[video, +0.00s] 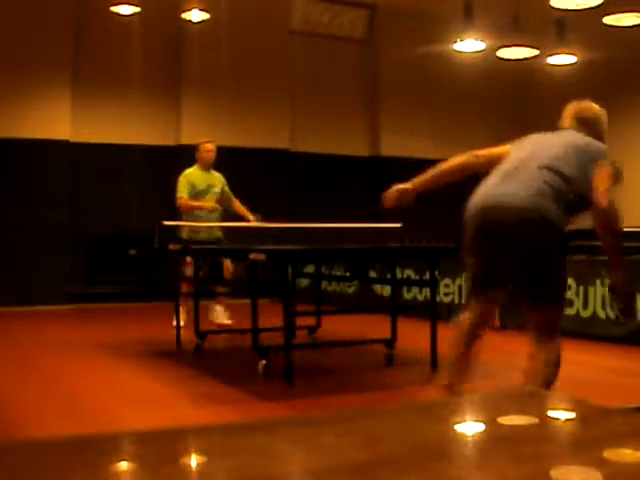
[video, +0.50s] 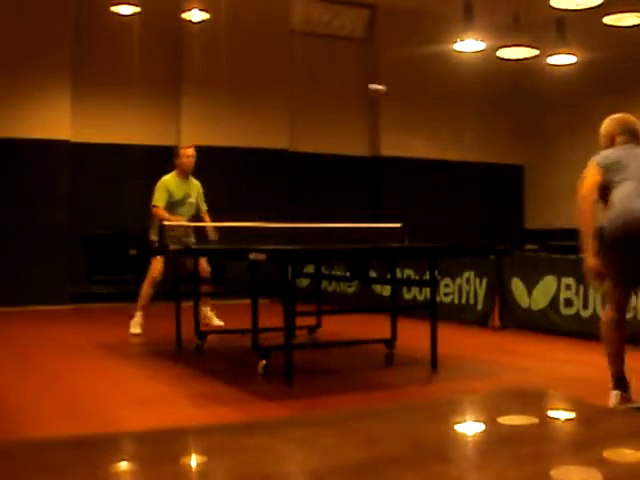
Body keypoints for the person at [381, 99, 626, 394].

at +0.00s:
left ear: (563, 123)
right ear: (600, 133)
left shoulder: (530, 142)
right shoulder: (597, 152)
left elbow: (473, 159)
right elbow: (602, 204)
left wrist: (412, 187)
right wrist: (618, 271)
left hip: (482, 212)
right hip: (536, 219)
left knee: (480, 304)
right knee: (545, 329)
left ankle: (453, 384)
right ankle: (533, 408)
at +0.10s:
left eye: (580, 134)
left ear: (579, 136)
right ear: (614, 145)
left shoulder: (551, 148)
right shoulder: (620, 171)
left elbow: (493, 163)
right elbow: (627, 235)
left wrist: (437, 194)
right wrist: (627, 285)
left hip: (509, 215)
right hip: (560, 222)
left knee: (523, 305)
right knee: (561, 325)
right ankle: (549, 397)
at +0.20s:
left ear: (591, 141)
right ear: (625, 147)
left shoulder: (565, 155)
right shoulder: (630, 170)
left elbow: (515, 172)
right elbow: (636, 223)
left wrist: (469, 200)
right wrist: (634, 254)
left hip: (538, 228)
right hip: (588, 232)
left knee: (567, 307)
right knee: (590, 315)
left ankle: (592, 375)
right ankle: (559, 387)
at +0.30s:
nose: (589, 149)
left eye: (589, 145)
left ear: (593, 146)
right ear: (624, 146)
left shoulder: (581, 166)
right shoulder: (636, 168)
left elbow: (531, 190)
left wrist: (504, 227)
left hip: (577, 244)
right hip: (627, 246)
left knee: (597, 311)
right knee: (629, 333)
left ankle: (616, 388)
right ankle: (577, 389)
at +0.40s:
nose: (591, 150)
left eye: (592, 146)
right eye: (591, 147)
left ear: (598, 146)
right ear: (626, 145)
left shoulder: (591, 168)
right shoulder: (636, 165)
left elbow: (561, 206)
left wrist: (553, 249)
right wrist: (554, 249)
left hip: (601, 240)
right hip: (634, 240)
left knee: (606, 309)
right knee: (635, 310)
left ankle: (617, 386)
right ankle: (620, 383)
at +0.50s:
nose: (602, 145)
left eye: (603, 139)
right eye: (603, 140)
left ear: (611, 138)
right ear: (633, 136)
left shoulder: (603, 161)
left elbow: (586, 203)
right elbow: (586, 205)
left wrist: (589, 252)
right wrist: (590, 253)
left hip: (621, 237)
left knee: (614, 311)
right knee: (614, 311)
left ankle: (619, 384)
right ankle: (619, 384)